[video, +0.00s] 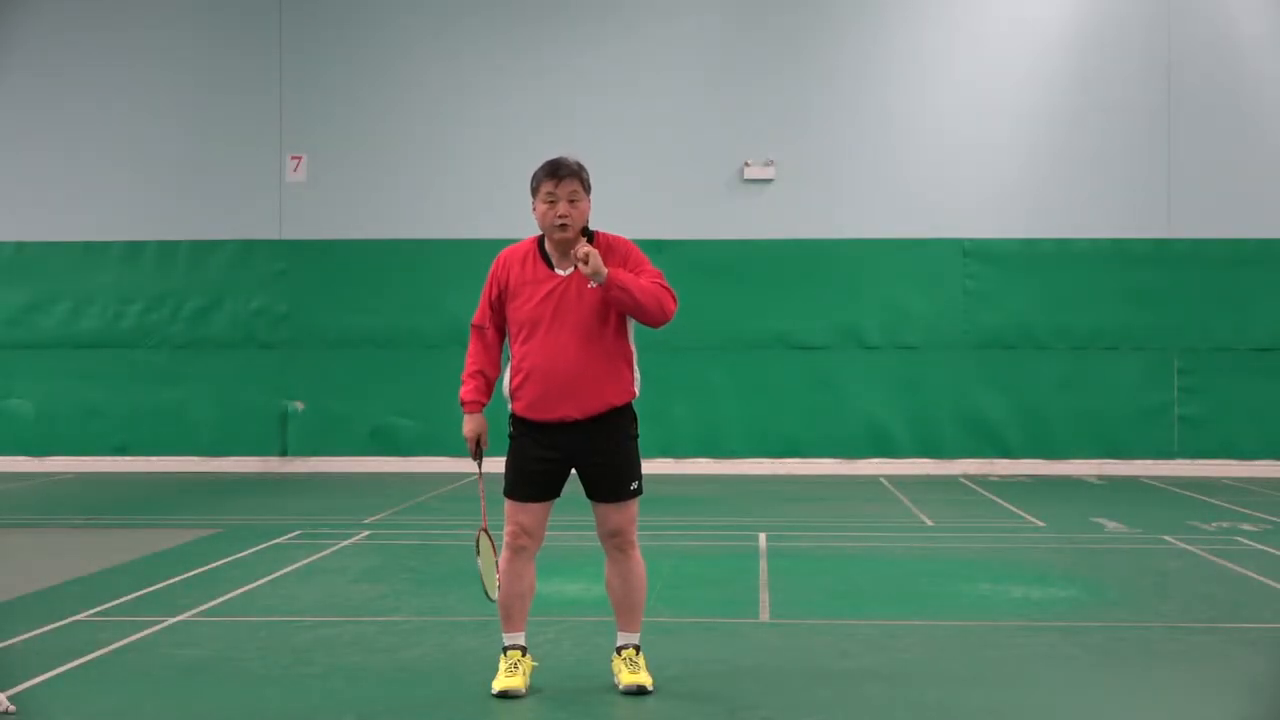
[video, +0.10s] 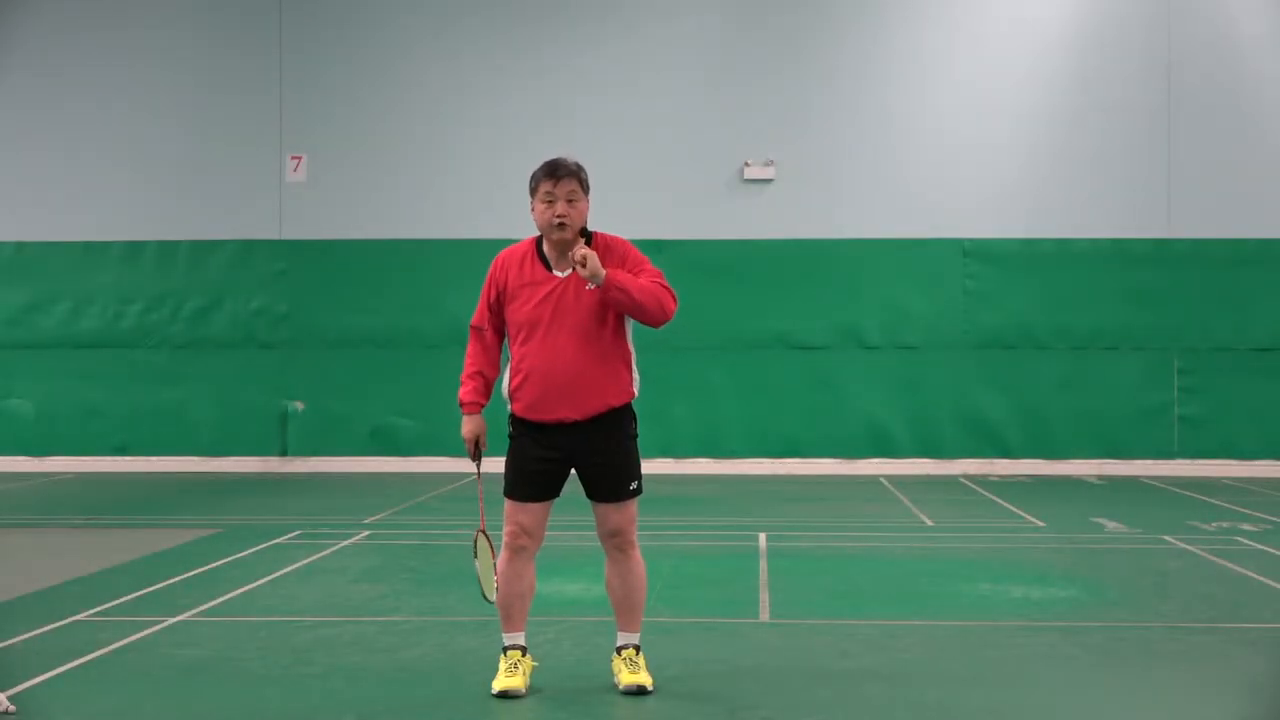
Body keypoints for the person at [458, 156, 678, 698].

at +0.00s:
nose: (561, 210)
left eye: (571, 199)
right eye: (550, 201)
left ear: (588, 204)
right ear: (535, 208)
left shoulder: (616, 252)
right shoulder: (510, 264)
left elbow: (662, 308)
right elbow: (485, 335)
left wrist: (605, 278)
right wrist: (474, 407)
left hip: (607, 421)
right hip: (535, 425)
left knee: (620, 537)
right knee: (519, 538)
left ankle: (629, 650)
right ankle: (513, 652)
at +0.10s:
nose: (559, 210)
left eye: (570, 199)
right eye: (548, 200)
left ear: (587, 205)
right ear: (533, 208)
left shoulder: (614, 253)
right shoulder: (508, 265)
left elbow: (662, 308)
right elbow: (484, 336)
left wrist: (603, 279)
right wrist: (473, 408)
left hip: (607, 421)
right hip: (534, 426)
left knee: (620, 536)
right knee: (519, 538)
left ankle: (629, 649)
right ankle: (513, 652)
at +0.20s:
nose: (558, 211)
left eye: (569, 201)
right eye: (547, 202)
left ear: (585, 207)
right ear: (531, 209)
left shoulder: (613, 255)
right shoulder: (507, 267)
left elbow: (662, 311)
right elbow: (483, 337)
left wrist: (604, 287)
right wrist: (472, 409)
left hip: (606, 423)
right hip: (534, 427)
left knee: (621, 536)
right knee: (519, 538)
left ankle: (629, 650)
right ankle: (513, 652)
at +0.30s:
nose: (556, 214)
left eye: (567, 203)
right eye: (545, 204)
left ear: (584, 209)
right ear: (529, 212)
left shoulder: (612, 257)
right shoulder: (506, 267)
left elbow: (661, 315)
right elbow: (482, 338)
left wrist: (603, 296)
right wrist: (471, 410)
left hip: (606, 424)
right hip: (533, 428)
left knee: (620, 536)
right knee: (518, 538)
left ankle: (630, 649)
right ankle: (513, 651)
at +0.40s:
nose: (555, 216)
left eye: (566, 206)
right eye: (544, 206)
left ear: (583, 211)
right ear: (528, 214)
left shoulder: (611, 258)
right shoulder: (504, 270)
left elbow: (660, 317)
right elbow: (481, 340)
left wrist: (603, 298)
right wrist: (471, 410)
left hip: (606, 425)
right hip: (533, 428)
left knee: (620, 536)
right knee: (518, 537)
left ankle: (629, 650)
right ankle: (513, 651)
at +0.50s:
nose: (555, 218)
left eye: (565, 207)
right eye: (543, 208)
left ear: (582, 212)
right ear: (528, 215)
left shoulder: (611, 258)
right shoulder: (504, 269)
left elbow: (659, 317)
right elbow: (480, 339)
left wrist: (603, 298)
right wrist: (470, 411)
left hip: (605, 425)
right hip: (532, 428)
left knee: (619, 537)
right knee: (517, 537)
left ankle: (629, 650)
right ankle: (513, 651)